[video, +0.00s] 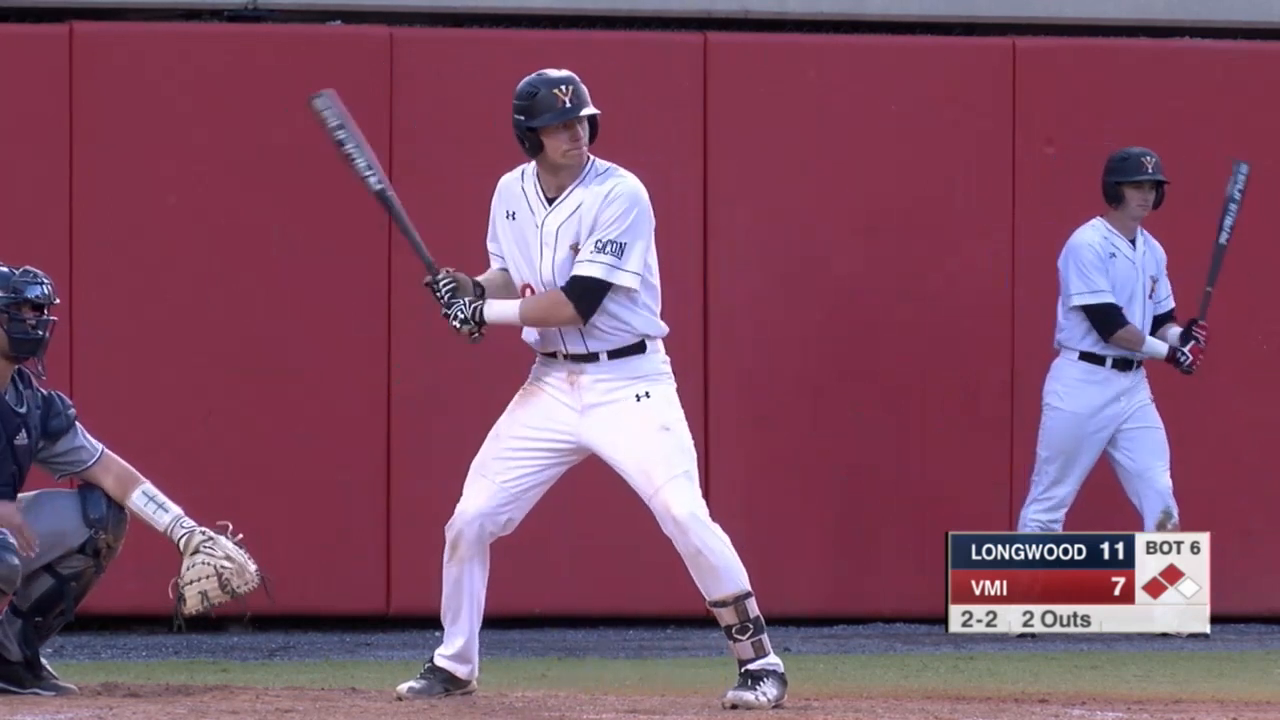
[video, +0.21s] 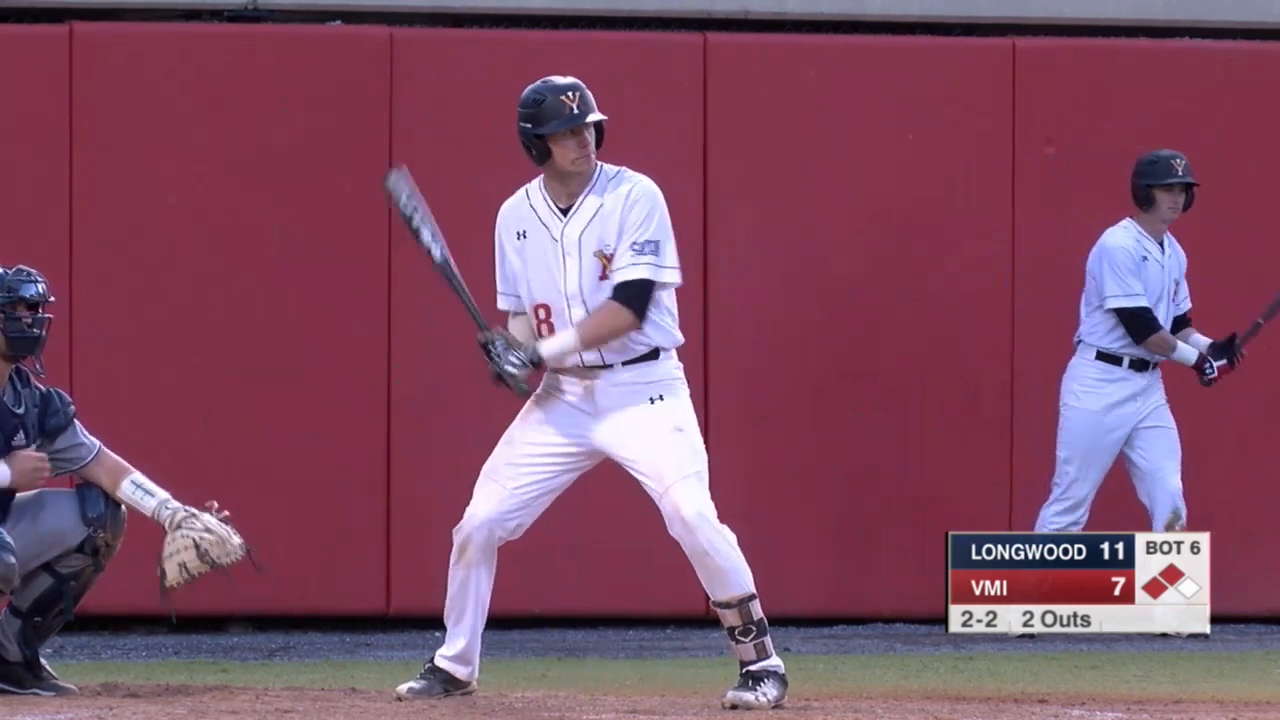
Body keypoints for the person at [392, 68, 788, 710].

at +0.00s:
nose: (577, 134)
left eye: (582, 122)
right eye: (562, 126)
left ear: (591, 122)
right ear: (530, 133)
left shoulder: (622, 192)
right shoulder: (510, 193)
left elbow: (576, 304)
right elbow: (511, 271)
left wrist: (486, 310)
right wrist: (472, 291)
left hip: (630, 382)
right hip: (550, 382)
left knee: (681, 510)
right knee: (470, 520)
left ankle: (759, 664)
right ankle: (454, 665)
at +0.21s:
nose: (582, 140)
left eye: (587, 127)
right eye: (567, 132)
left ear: (597, 127)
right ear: (538, 141)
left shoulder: (636, 194)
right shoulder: (514, 215)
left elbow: (629, 305)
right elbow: (518, 315)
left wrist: (548, 350)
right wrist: (514, 354)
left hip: (645, 389)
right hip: (559, 394)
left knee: (690, 514)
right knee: (478, 525)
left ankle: (761, 665)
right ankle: (454, 666)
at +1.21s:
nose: (589, 152)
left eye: (594, 140)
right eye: (574, 143)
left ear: (602, 141)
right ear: (542, 149)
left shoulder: (626, 214)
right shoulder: (508, 215)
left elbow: (582, 323)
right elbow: (467, 285)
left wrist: (489, 330)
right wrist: (452, 298)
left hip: (631, 401)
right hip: (547, 402)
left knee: (682, 518)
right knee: (461, 524)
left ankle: (760, 665)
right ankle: (453, 667)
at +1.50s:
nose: (604, 161)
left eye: (608, 150)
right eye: (588, 152)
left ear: (616, 151)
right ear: (557, 158)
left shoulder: (634, 218)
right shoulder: (523, 210)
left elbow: (552, 291)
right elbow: (445, 245)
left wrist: (476, 246)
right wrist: (458, 220)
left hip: (639, 410)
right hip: (556, 411)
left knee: (687, 523)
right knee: (464, 529)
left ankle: (762, 665)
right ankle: (452, 667)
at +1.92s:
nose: (621, 174)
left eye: (625, 162)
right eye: (606, 165)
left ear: (631, 163)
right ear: (571, 170)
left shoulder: (647, 230)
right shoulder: (534, 214)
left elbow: (557, 277)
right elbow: (438, 221)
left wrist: (500, 212)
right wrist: (474, 195)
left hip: (643, 417)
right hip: (561, 418)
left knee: (691, 527)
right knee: (463, 531)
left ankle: (761, 664)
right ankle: (452, 668)